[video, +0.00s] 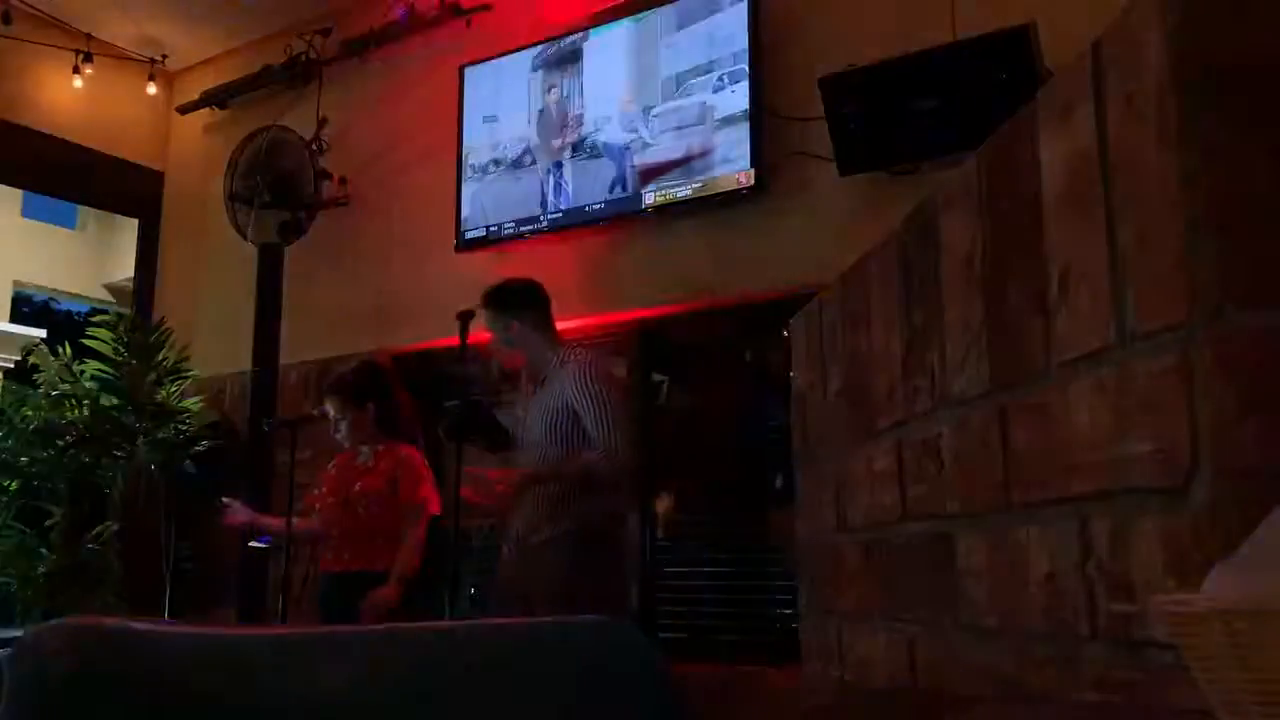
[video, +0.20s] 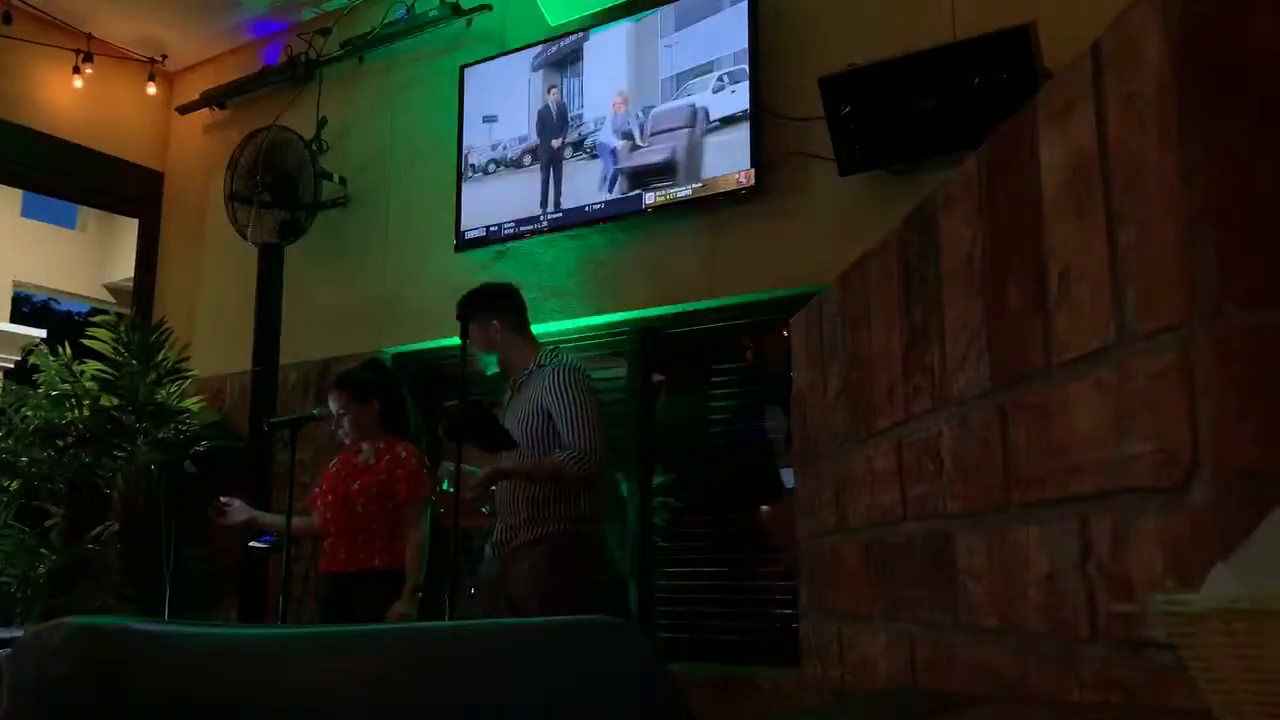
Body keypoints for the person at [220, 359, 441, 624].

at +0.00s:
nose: (333, 429)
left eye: (338, 419)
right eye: (330, 419)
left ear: (368, 412)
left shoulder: (405, 460)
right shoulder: (341, 465)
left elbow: (417, 528)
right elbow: (319, 525)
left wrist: (394, 587)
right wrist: (255, 521)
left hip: (382, 579)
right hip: (338, 579)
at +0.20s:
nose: (335, 425)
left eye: (342, 415)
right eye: (333, 417)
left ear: (371, 409)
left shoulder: (405, 459)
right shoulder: (340, 464)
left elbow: (416, 530)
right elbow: (318, 524)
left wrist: (409, 596)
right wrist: (252, 516)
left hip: (384, 581)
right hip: (337, 582)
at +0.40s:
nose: (337, 423)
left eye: (345, 413)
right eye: (335, 415)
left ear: (373, 408)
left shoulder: (405, 460)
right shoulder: (344, 464)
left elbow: (420, 528)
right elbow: (318, 524)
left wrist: (429, 594)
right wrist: (253, 514)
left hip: (388, 582)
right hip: (338, 581)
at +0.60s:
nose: (343, 421)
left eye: (349, 410)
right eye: (341, 412)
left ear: (376, 408)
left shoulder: (409, 462)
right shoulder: (346, 465)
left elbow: (425, 532)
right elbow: (323, 524)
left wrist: (430, 602)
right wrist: (255, 512)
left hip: (391, 581)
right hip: (342, 582)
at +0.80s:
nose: (345, 419)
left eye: (350, 409)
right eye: (344, 411)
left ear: (379, 407)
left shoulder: (414, 462)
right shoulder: (347, 463)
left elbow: (424, 532)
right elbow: (324, 522)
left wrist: (415, 597)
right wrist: (257, 510)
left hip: (391, 581)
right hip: (342, 581)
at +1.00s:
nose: (345, 418)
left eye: (352, 409)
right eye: (343, 410)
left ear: (380, 406)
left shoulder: (414, 463)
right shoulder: (341, 464)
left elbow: (424, 534)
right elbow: (312, 517)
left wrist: (419, 598)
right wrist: (246, 496)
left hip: (390, 582)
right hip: (339, 582)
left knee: (389, 680)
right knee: (337, 680)